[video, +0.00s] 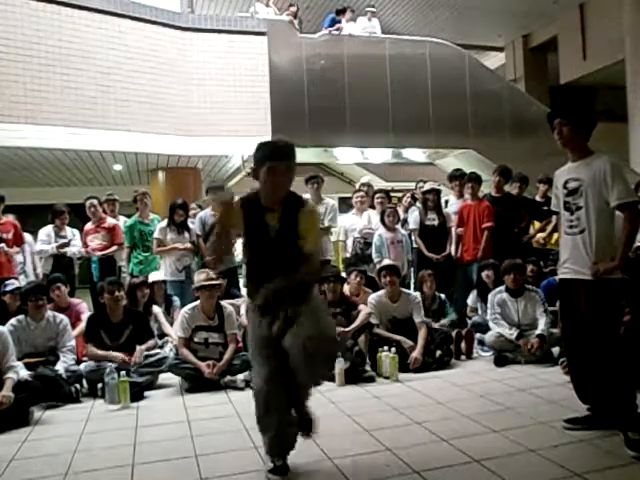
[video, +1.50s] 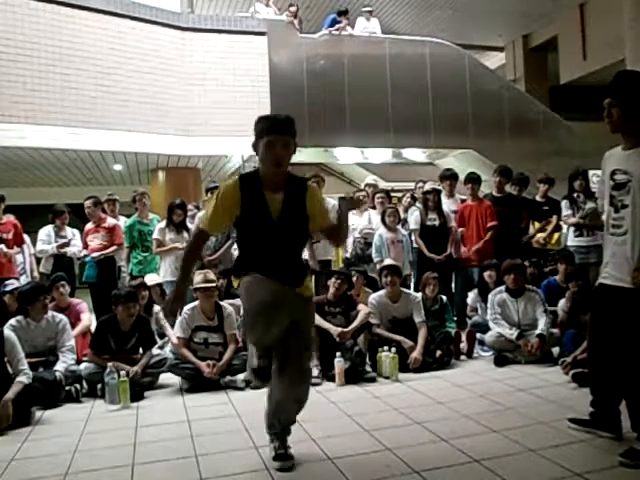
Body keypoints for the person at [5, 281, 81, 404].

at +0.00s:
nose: (39, 303)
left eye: (42, 299)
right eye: (34, 300)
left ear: (47, 301)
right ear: (25, 305)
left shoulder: (60, 321)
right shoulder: (14, 326)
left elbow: (69, 352)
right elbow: (10, 359)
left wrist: (58, 371)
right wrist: (24, 375)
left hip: (53, 367)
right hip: (28, 370)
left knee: (76, 374)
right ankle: (69, 394)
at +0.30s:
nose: (39, 303)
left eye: (42, 299)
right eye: (34, 300)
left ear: (47, 301)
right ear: (25, 304)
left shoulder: (60, 321)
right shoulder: (14, 326)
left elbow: (68, 352)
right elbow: (10, 359)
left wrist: (58, 371)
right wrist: (24, 375)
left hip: (53, 367)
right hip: (28, 370)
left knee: (75, 374)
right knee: (19, 388)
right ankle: (66, 394)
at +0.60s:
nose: (39, 303)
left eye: (42, 299)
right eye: (33, 300)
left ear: (47, 301)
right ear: (25, 305)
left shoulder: (60, 321)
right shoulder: (14, 325)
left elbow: (68, 351)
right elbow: (10, 358)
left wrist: (58, 370)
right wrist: (23, 374)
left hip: (53, 367)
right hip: (28, 370)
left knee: (75, 374)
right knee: (20, 388)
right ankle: (66, 394)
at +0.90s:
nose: (39, 303)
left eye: (42, 299)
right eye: (33, 300)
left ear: (47, 301)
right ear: (25, 305)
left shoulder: (60, 321)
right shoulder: (14, 325)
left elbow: (69, 352)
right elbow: (11, 358)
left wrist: (58, 371)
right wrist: (24, 375)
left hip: (54, 367)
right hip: (28, 370)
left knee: (75, 374)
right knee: (21, 389)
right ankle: (67, 394)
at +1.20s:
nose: (41, 303)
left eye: (43, 299)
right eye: (35, 300)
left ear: (48, 300)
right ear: (25, 305)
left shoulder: (60, 321)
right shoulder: (14, 325)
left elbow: (68, 352)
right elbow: (6, 354)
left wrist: (59, 371)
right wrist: (16, 373)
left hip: (53, 366)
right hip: (27, 369)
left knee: (75, 373)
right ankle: (65, 394)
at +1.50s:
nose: (46, 303)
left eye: (46, 298)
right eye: (40, 300)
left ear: (49, 299)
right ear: (28, 305)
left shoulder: (59, 321)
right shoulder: (14, 326)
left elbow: (68, 352)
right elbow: (11, 357)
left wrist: (59, 370)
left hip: (54, 366)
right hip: (28, 369)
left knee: (75, 373)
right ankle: (66, 394)